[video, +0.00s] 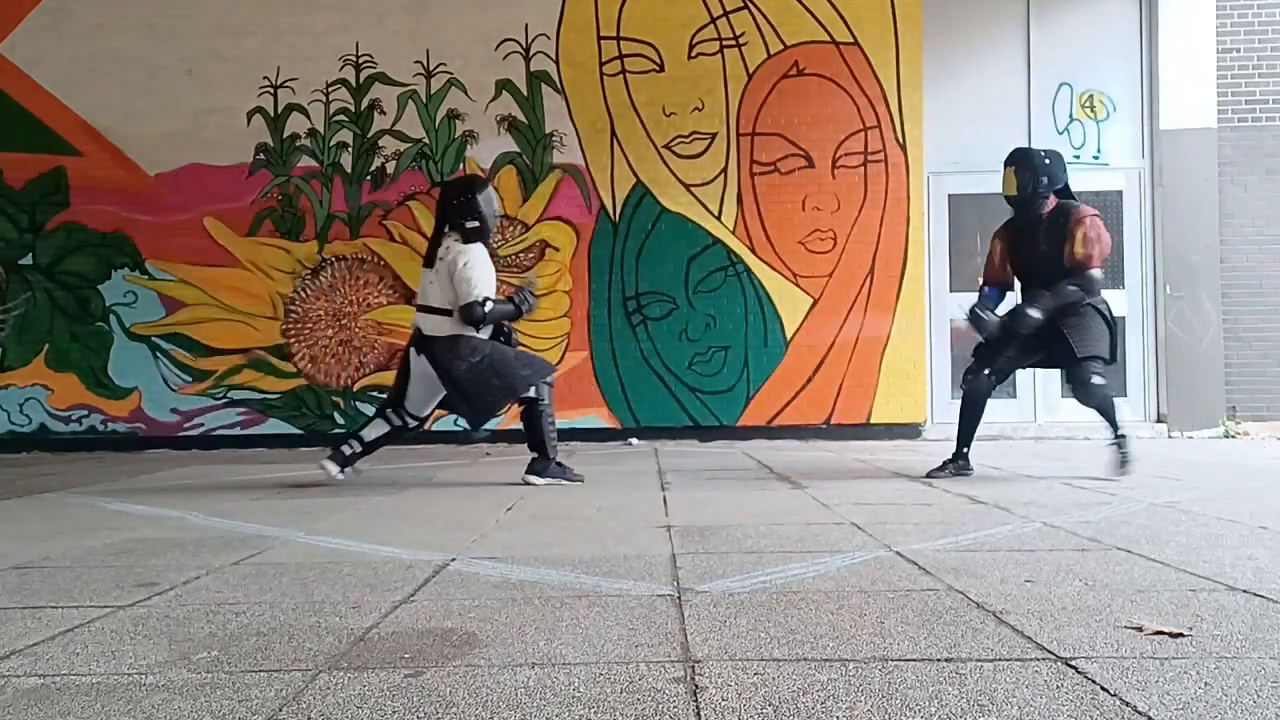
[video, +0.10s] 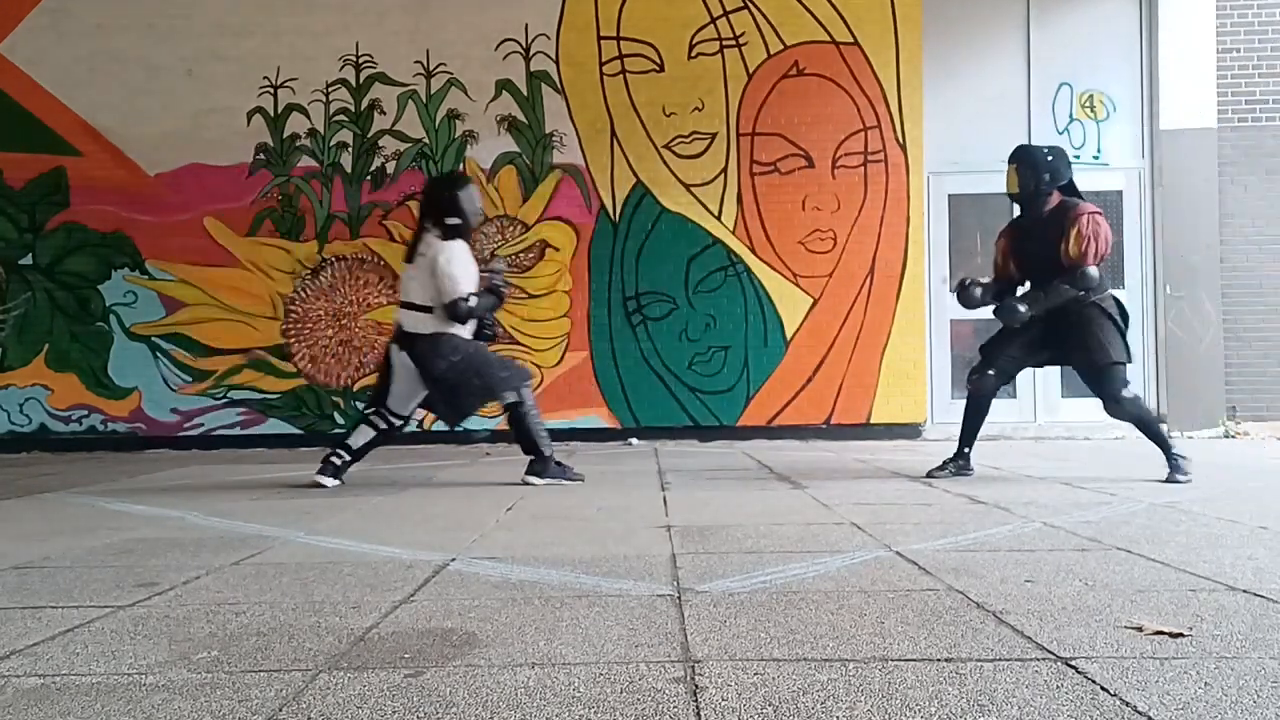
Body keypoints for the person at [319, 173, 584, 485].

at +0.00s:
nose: (495, 216)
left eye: (493, 208)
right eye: (489, 209)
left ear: (452, 215)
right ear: (473, 215)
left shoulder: (441, 247)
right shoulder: (470, 253)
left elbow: (443, 306)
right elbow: (475, 312)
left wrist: (493, 326)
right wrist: (516, 307)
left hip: (426, 344)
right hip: (458, 347)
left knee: (405, 413)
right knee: (536, 378)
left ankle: (342, 455)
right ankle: (545, 462)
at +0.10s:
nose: (480, 206)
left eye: (477, 198)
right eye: (474, 199)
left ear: (437, 206)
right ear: (457, 207)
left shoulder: (425, 241)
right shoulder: (451, 248)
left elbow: (426, 303)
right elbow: (459, 308)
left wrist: (473, 326)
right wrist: (492, 297)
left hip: (408, 341)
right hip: (439, 346)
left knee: (389, 415)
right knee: (515, 381)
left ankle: (332, 468)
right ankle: (543, 462)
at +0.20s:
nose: (453, 205)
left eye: (450, 198)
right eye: (448, 199)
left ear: (410, 201)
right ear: (434, 204)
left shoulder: (394, 234)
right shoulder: (428, 241)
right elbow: (437, 301)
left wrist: (454, 282)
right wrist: (457, 310)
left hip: (381, 337)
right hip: (417, 342)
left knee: (371, 409)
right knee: (481, 392)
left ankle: (323, 468)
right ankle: (527, 457)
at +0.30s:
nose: (434, 193)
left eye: (432, 185)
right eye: (429, 186)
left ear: (387, 192)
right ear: (416, 193)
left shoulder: (370, 223)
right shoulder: (413, 232)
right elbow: (432, 296)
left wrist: (430, 254)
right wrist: (444, 270)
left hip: (363, 327)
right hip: (400, 331)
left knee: (363, 403)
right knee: (470, 373)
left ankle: (322, 467)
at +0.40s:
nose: (425, 188)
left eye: (424, 180)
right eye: (420, 181)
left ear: (378, 186)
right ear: (405, 186)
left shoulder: (359, 221)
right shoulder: (405, 224)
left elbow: (346, 277)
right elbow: (427, 289)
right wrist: (436, 258)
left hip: (356, 322)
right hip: (394, 323)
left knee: (358, 397)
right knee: (468, 361)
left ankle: (321, 468)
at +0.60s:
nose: (422, 185)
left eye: (419, 176)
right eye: (415, 177)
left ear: (373, 185)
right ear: (401, 184)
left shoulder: (353, 220)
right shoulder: (404, 224)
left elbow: (334, 275)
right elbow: (419, 290)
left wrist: (373, 276)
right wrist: (436, 275)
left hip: (351, 321)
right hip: (390, 320)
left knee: (355, 395)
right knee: (467, 354)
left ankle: (321, 468)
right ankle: (430, 430)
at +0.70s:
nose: (427, 189)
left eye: (425, 181)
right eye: (422, 182)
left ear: (381, 188)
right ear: (408, 189)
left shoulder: (360, 223)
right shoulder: (409, 229)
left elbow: (337, 276)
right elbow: (420, 295)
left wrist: (376, 286)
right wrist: (445, 296)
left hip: (356, 325)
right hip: (393, 325)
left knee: (357, 398)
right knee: (465, 363)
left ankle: (322, 468)